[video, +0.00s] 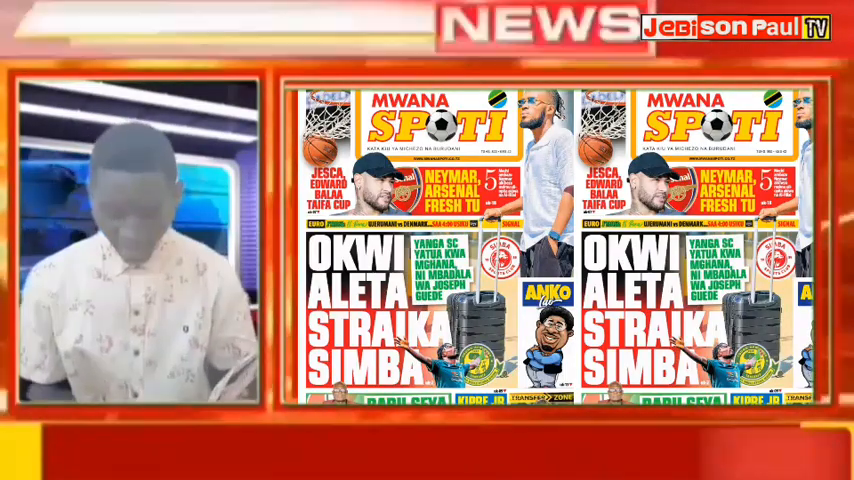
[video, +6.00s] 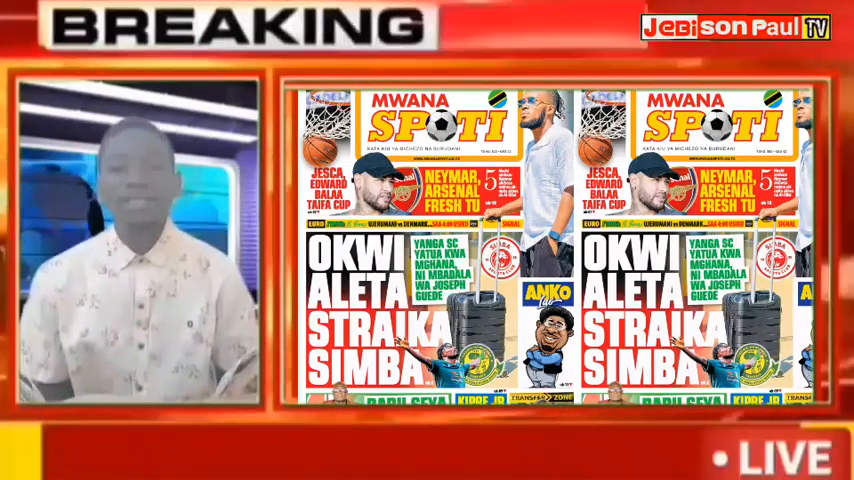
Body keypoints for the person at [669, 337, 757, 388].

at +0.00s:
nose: (729, 348)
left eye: (729, 346)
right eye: (725, 347)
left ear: (731, 351)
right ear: (719, 353)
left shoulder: (737, 366)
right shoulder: (714, 364)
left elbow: (749, 365)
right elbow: (698, 359)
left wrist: (754, 359)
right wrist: (684, 348)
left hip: (736, 401)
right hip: (720, 401)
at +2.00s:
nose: (729, 348)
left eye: (729, 347)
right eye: (725, 347)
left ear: (731, 351)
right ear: (718, 353)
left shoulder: (737, 366)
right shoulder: (714, 364)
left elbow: (750, 365)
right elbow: (698, 359)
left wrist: (754, 359)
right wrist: (684, 348)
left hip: (737, 401)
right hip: (720, 402)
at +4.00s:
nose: (729, 348)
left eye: (729, 347)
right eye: (724, 347)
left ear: (731, 351)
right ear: (718, 353)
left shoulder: (737, 366)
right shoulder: (714, 364)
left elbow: (749, 365)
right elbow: (698, 359)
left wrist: (754, 359)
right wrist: (684, 348)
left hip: (736, 401)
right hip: (720, 401)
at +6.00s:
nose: (728, 349)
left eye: (729, 347)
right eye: (724, 347)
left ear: (731, 351)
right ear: (718, 353)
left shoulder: (737, 366)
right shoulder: (714, 364)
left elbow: (749, 365)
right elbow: (698, 359)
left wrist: (754, 359)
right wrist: (684, 348)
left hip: (737, 400)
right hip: (720, 400)